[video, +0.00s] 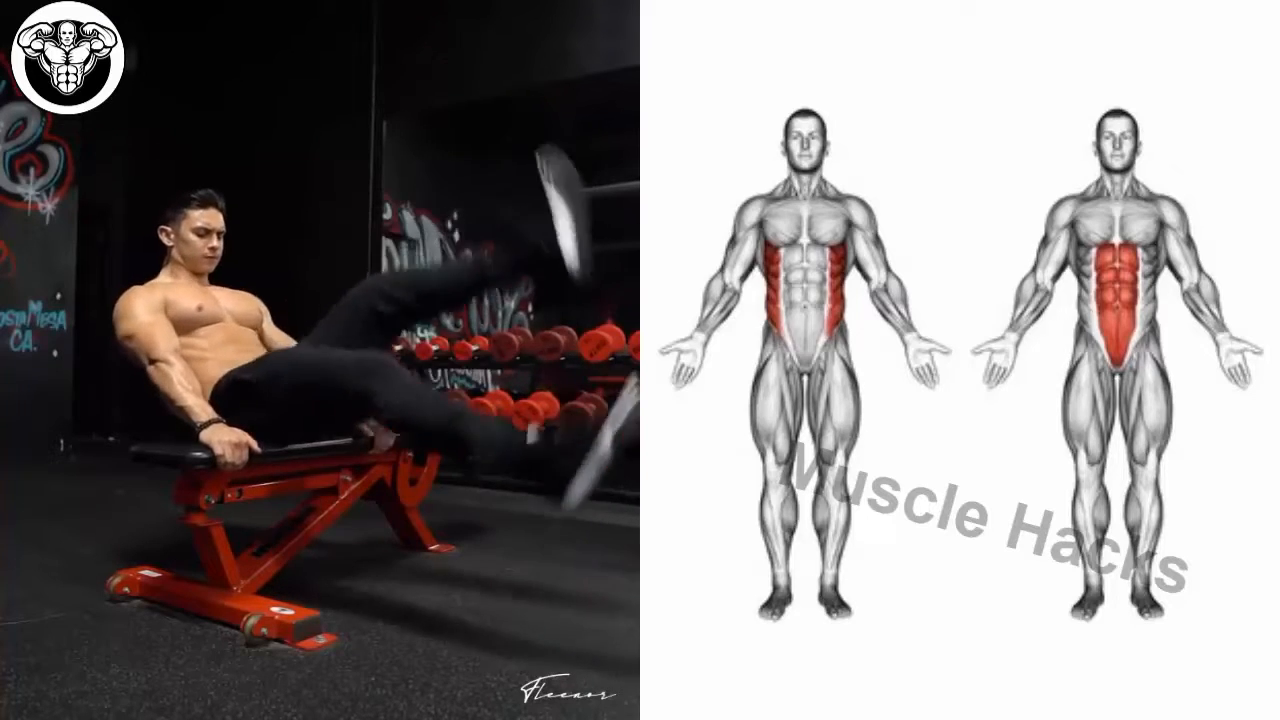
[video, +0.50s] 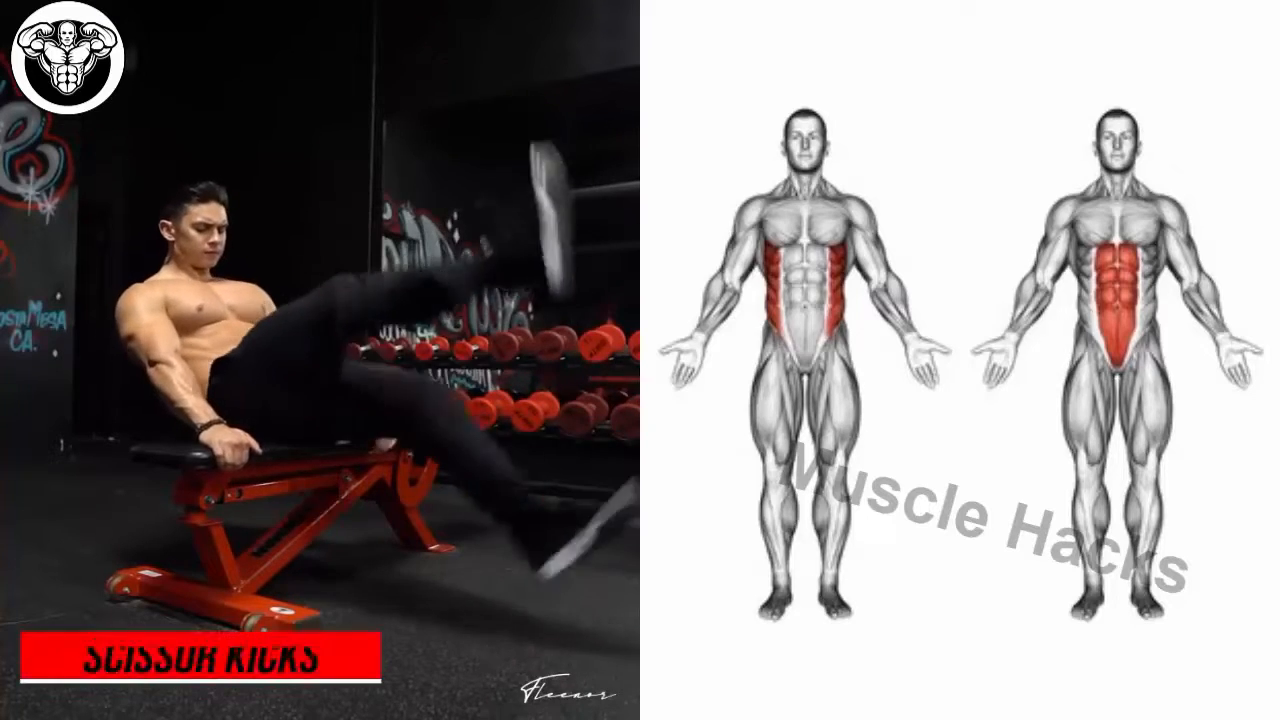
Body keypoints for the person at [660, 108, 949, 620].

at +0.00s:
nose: (804, 146)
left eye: (812, 138)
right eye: (797, 138)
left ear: (825, 146)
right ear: (785, 145)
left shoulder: (852, 211)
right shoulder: (758, 211)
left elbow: (881, 281)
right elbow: (729, 281)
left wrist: (910, 337)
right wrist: (700, 336)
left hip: (832, 355)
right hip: (777, 355)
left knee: (834, 467)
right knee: (777, 469)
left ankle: (830, 584)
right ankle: (780, 585)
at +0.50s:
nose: (804, 146)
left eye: (812, 138)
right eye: (797, 138)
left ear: (825, 145)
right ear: (785, 145)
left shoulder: (852, 211)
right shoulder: (758, 211)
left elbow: (881, 281)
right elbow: (729, 281)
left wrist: (910, 336)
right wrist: (700, 336)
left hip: (832, 355)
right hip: (777, 355)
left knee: (834, 468)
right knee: (777, 469)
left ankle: (830, 584)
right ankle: (780, 585)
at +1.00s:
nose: (804, 145)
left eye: (812, 138)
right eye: (797, 138)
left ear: (825, 146)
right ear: (785, 145)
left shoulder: (852, 211)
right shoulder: (758, 211)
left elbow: (881, 282)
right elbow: (729, 282)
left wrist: (910, 336)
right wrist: (700, 336)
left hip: (832, 355)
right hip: (777, 355)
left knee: (834, 467)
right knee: (777, 469)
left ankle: (830, 584)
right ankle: (780, 585)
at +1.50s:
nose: (804, 145)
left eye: (812, 138)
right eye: (797, 138)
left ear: (825, 146)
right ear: (785, 145)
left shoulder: (852, 211)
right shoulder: (758, 211)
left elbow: (881, 282)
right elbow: (729, 281)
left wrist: (910, 336)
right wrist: (700, 336)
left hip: (832, 355)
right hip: (777, 355)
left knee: (834, 467)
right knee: (777, 469)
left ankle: (830, 584)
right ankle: (780, 585)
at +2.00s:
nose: (804, 145)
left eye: (812, 138)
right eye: (797, 138)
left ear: (825, 145)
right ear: (785, 145)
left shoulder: (852, 211)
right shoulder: (758, 211)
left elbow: (881, 281)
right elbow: (729, 281)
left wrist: (910, 336)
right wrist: (700, 336)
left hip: (832, 355)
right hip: (777, 355)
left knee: (834, 467)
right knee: (777, 469)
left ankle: (830, 584)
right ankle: (780, 584)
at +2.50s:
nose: (805, 146)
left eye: (812, 138)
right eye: (797, 138)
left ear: (825, 145)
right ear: (785, 145)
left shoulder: (852, 211)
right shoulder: (758, 211)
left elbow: (881, 281)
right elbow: (729, 282)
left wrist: (910, 336)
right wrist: (700, 336)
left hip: (832, 356)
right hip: (777, 355)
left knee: (834, 467)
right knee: (777, 469)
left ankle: (830, 584)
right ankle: (780, 585)